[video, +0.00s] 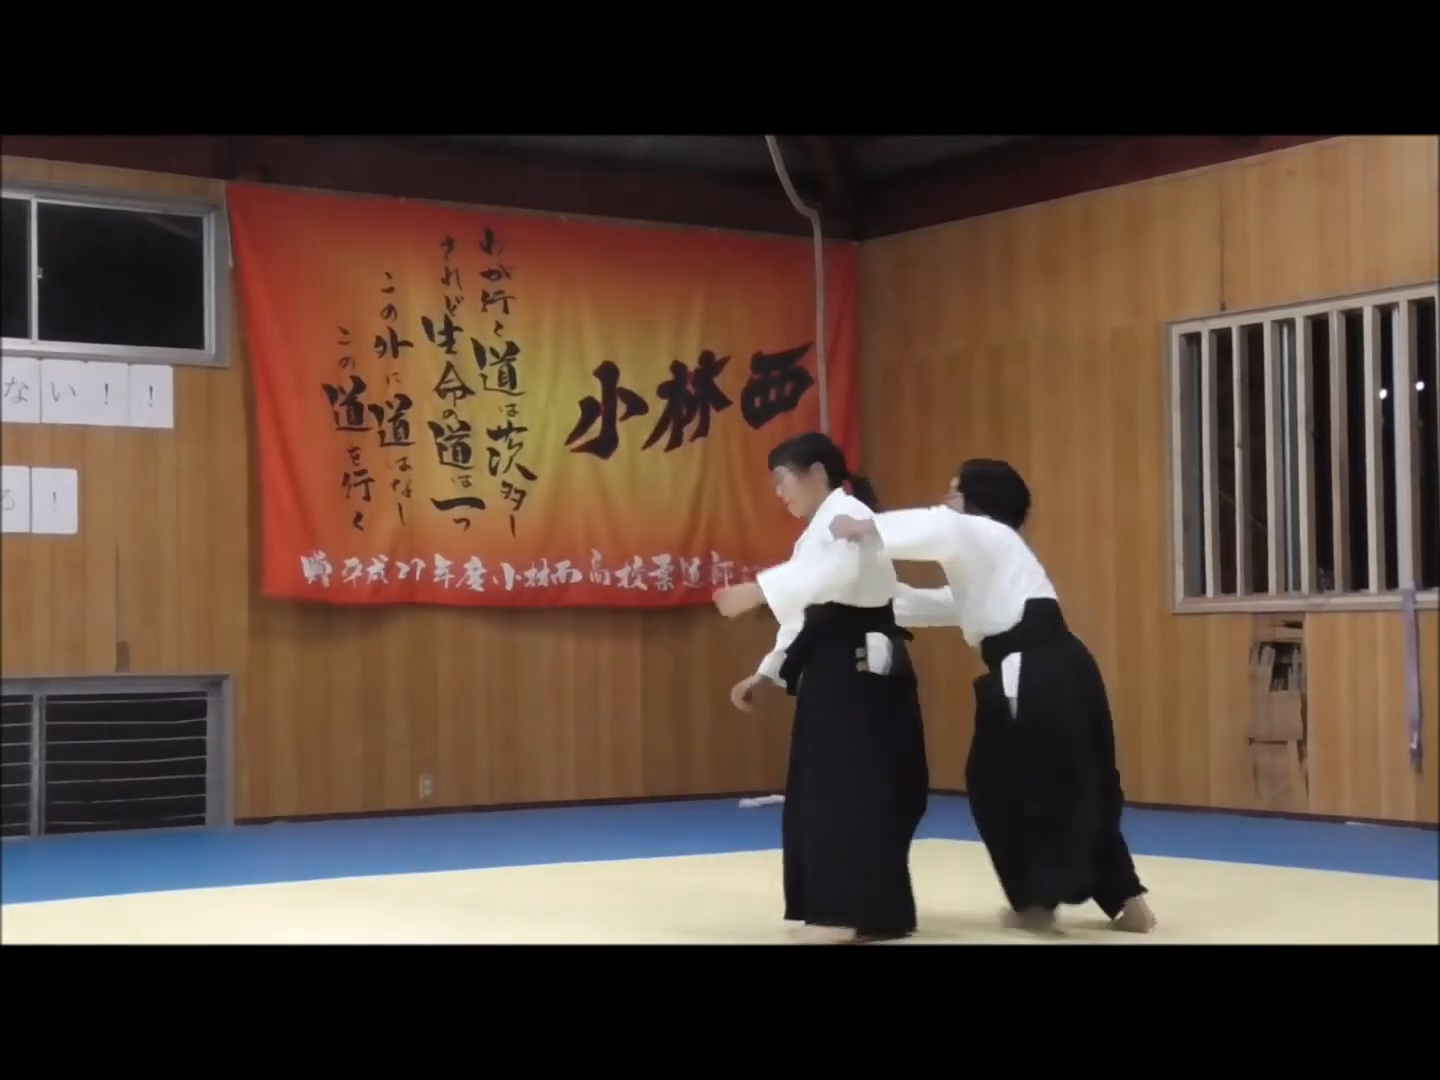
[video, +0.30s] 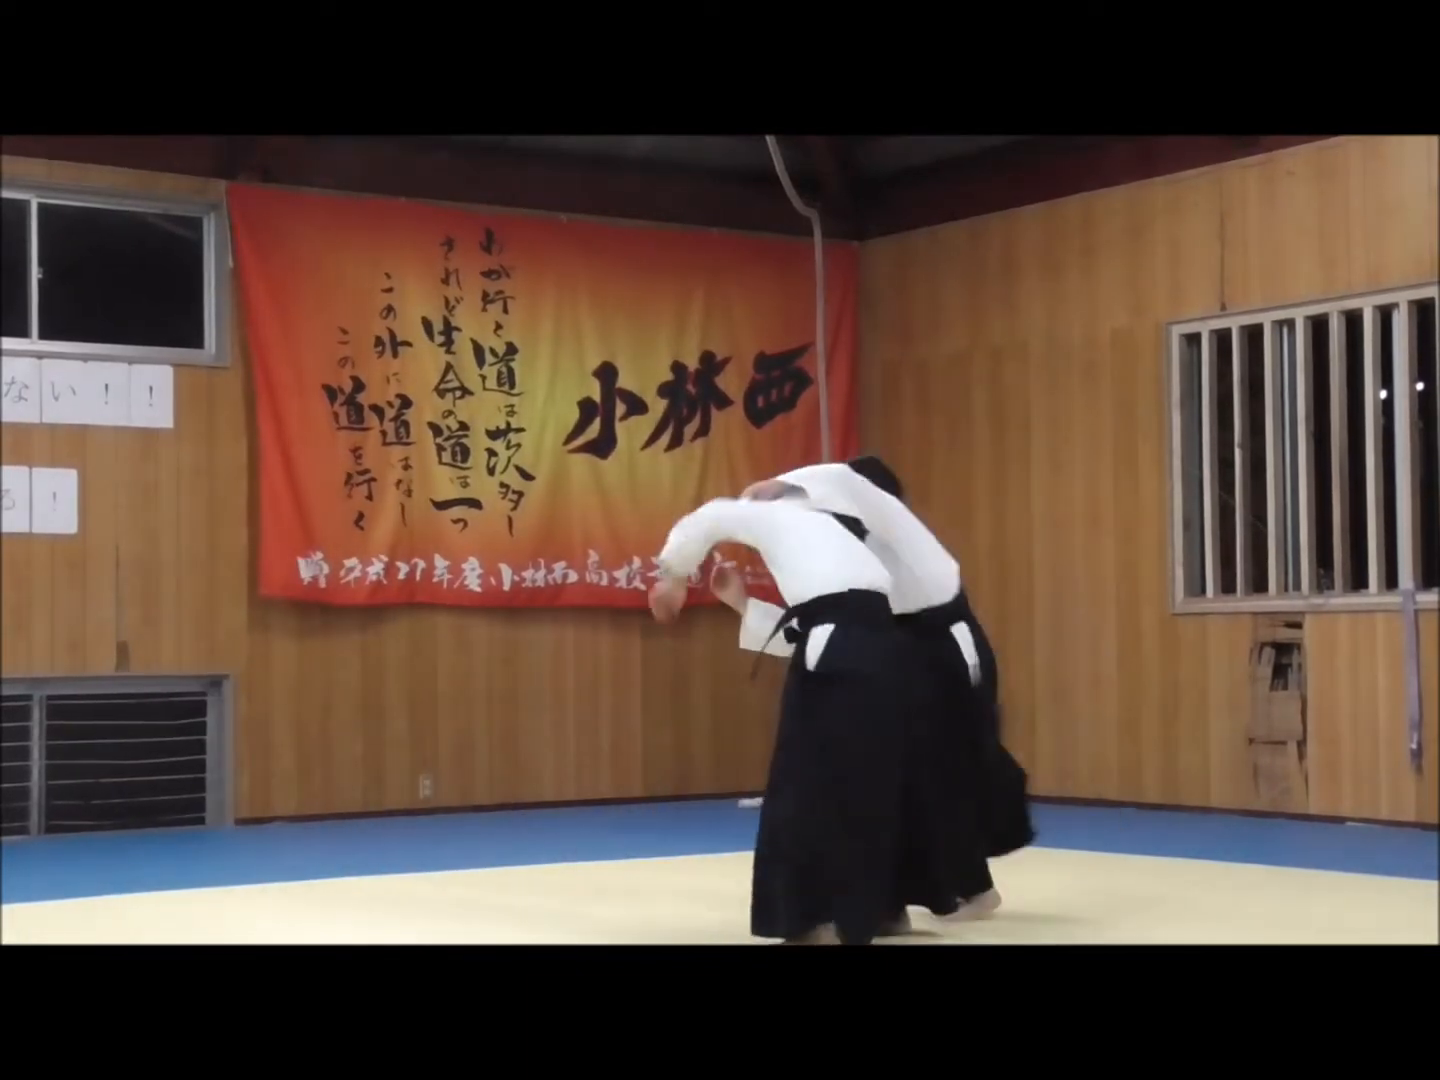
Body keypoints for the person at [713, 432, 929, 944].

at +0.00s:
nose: (781, 495)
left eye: (785, 482)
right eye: (778, 485)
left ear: (818, 473)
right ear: (812, 478)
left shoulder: (846, 515)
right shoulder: (820, 529)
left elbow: (835, 575)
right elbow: (803, 613)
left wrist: (758, 590)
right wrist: (767, 673)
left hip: (857, 667)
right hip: (835, 667)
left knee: (839, 790)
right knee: (839, 788)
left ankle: (842, 916)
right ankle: (867, 914)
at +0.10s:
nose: (773, 502)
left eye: (776, 488)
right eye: (770, 492)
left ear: (806, 478)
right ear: (813, 482)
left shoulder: (830, 516)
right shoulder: (837, 528)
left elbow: (792, 536)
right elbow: (814, 620)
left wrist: (726, 564)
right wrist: (753, 653)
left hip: (843, 667)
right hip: (870, 665)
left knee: (827, 789)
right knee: (865, 788)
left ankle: (829, 916)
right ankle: (864, 917)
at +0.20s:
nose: (770, 502)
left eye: (773, 492)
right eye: (769, 492)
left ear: (792, 481)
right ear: (817, 480)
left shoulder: (804, 503)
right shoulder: (854, 534)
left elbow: (752, 503)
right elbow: (824, 626)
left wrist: (702, 546)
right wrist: (745, 620)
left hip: (837, 660)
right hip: (881, 662)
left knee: (812, 787)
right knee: (864, 787)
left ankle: (819, 922)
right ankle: (863, 914)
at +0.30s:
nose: (747, 507)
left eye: (754, 498)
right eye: (750, 498)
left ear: (778, 495)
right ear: (811, 503)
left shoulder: (778, 516)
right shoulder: (848, 541)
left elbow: (709, 516)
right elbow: (809, 634)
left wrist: (674, 575)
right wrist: (745, 604)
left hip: (834, 656)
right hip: (886, 656)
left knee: (804, 791)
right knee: (861, 790)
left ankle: (810, 923)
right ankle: (859, 918)